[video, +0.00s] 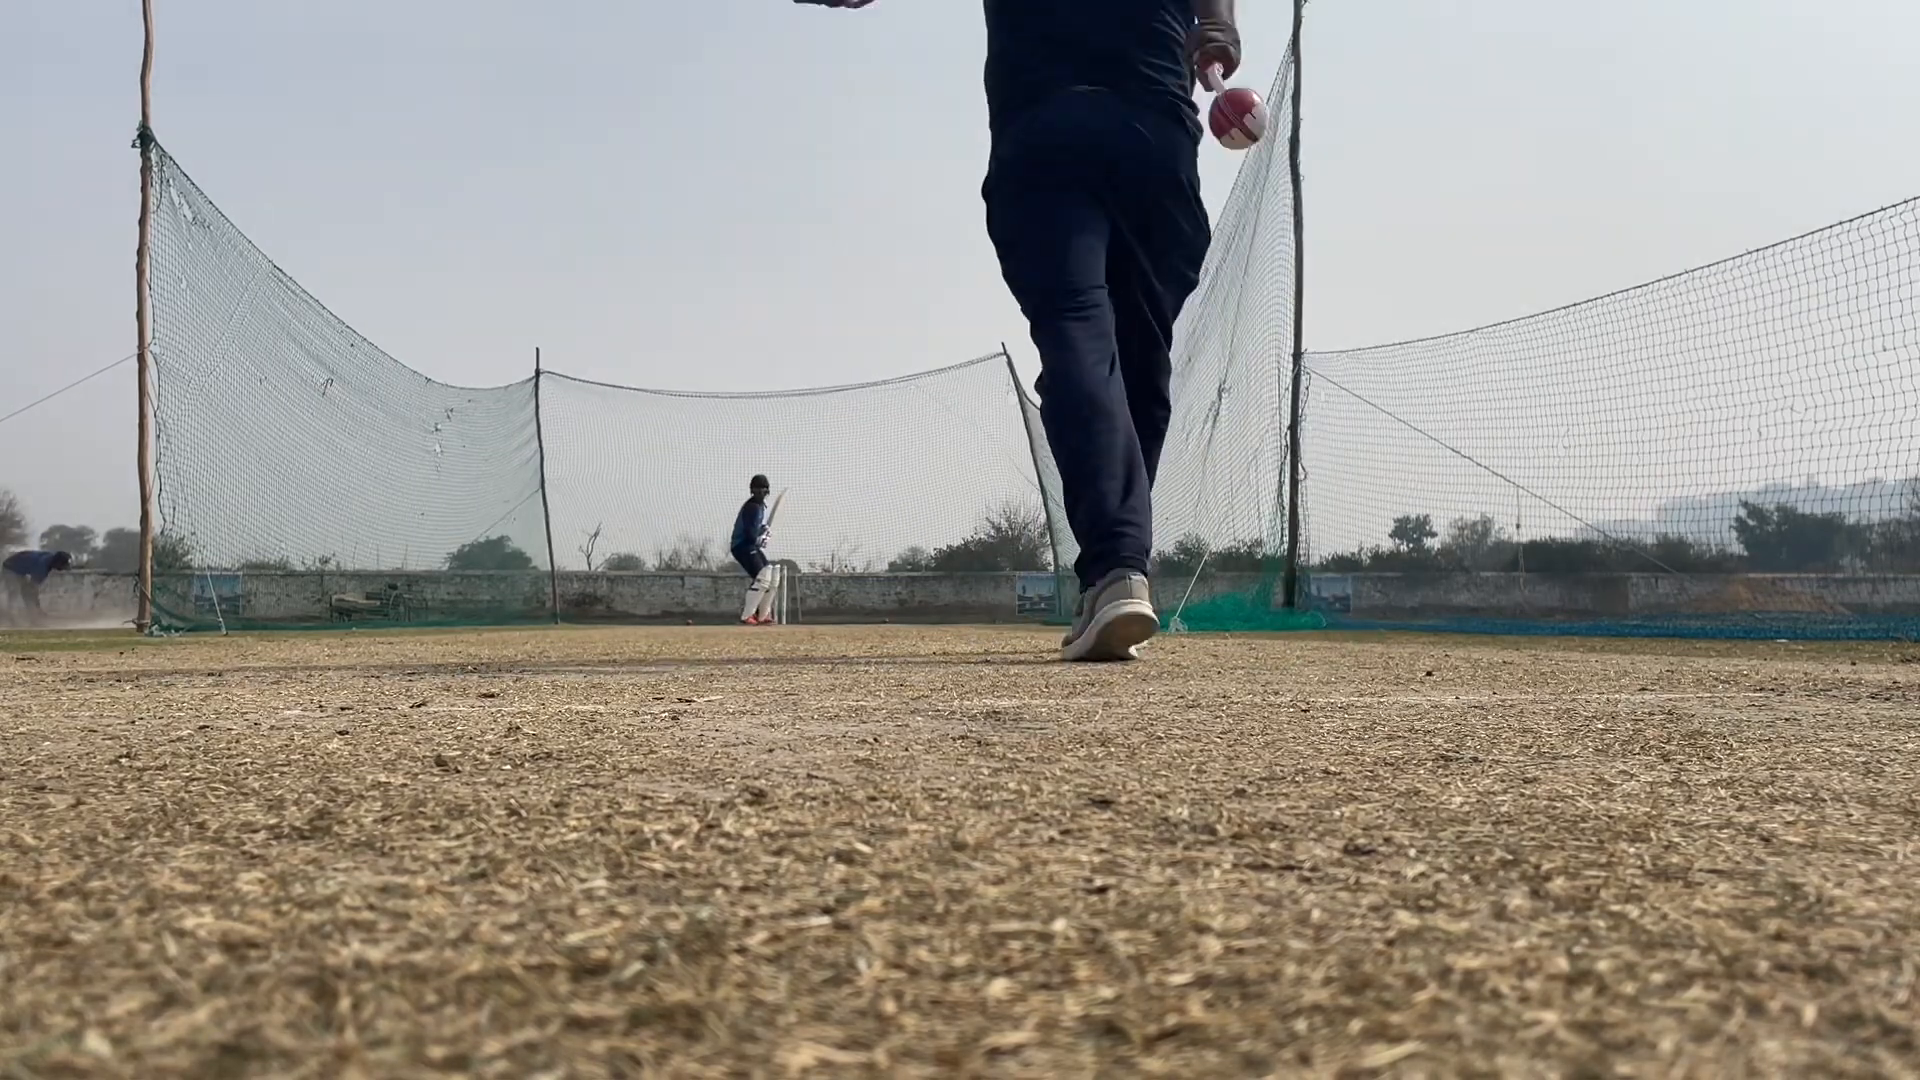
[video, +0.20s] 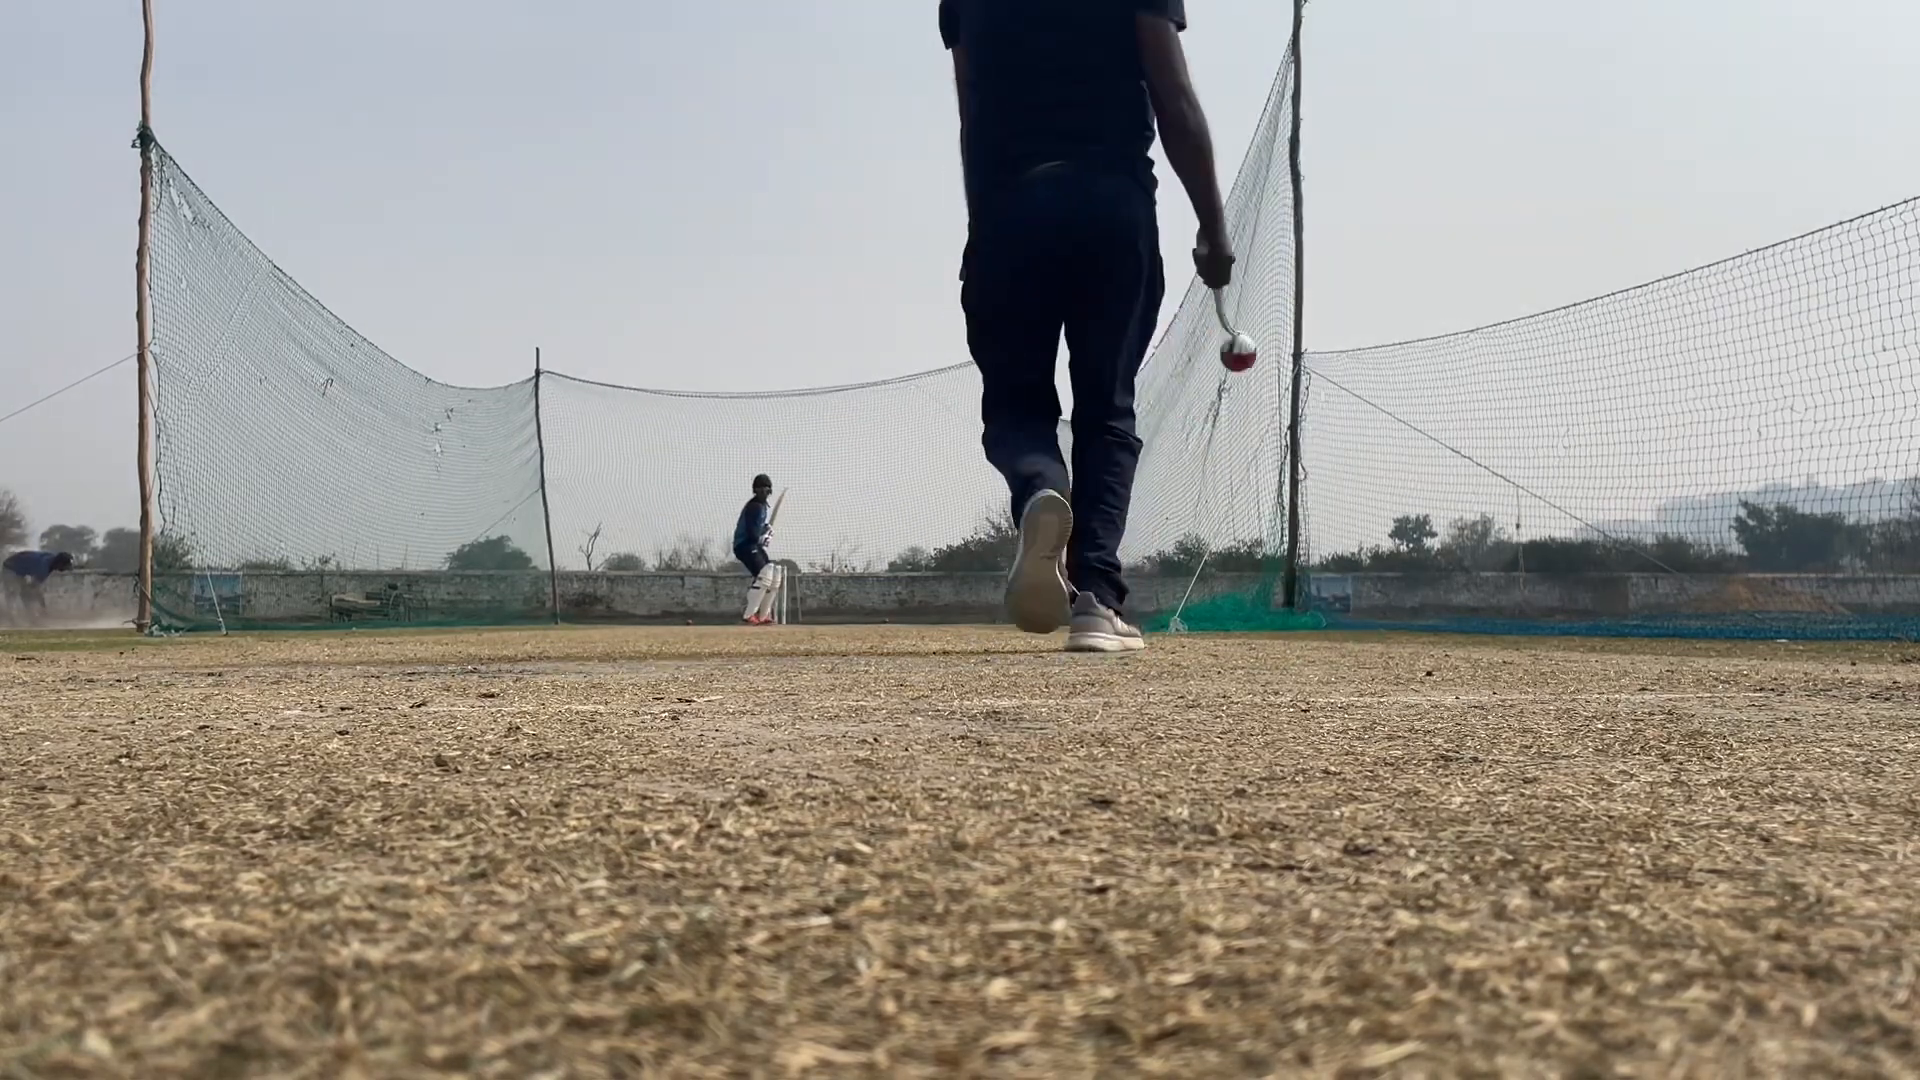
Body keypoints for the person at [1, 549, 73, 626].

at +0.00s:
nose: (62, 569)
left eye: (64, 567)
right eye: (63, 566)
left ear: (58, 559)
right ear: (59, 562)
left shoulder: (49, 562)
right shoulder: (43, 564)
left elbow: (34, 586)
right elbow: (33, 587)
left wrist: (36, 608)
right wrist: (37, 608)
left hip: (21, 570)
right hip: (10, 568)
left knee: (28, 593)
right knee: (13, 594)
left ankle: (33, 617)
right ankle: (12, 619)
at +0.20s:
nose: (63, 570)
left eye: (65, 568)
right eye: (64, 568)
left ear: (60, 560)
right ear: (60, 563)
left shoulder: (51, 561)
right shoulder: (44, 567)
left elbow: (36, 585)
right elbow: (34, 587)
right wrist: (43, 607)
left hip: (21, 570)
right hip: (10, 568)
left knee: (27, 594)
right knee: (12, 595)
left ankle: (32, 618)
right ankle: (12, 620)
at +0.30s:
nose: (65, 570)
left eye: (67, 568)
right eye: (65, 567)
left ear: (61, 562)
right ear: (61, 563)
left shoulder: (51, 563)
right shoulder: (45, 566)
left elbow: (36, 583)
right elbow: (42, 590)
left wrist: (30, 590)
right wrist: (48, 609)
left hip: (21, 571)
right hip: (10, 568)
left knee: (26, 593)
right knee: (12, 596)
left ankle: (32, 616)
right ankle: (13, 621)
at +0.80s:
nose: (68, 569)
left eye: (70, 566)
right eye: (68, 566)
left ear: (64, 560)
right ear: (64, 562)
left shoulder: (54, 562)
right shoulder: (48, 567)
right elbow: (38, 590)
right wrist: (49, 608)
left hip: (21, 571)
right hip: (11, 568)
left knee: (26, 595)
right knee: (13, 596)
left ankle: (32, 618)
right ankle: (15, 622)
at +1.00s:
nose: (68, 569)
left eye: (70, 567)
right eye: (69, 566)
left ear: (63, 559)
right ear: (64, 562)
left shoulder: (55, 561)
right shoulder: (49, 569)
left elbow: (44, 588)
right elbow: (32, 589)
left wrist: (51, 609)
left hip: (21, 570)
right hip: (11, 568)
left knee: (26, 593)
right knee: (13, 595)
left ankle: (33, 618)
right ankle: (14, 620)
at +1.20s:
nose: (67, 569)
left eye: (70, 567)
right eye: (68, 566)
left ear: (63, 559)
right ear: (64, 562)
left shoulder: (55, 560)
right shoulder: (48, 570)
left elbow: (45, 591)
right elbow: (30, 590)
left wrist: (51, 609)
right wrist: (30, 607)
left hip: (21, 571)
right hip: (11, 568)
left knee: (26, 594)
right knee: (13, 596)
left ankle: (34, 619)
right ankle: (15, 621)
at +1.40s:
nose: (67, 569)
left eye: (69, 567)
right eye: (67, 566)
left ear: (63, 559)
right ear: (63, 562)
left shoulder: (54, 560)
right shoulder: (48, 568)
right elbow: (41, 591)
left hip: (21, 570)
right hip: (10, 568)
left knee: (26, 595)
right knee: (12, 596)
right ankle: (14, 621)